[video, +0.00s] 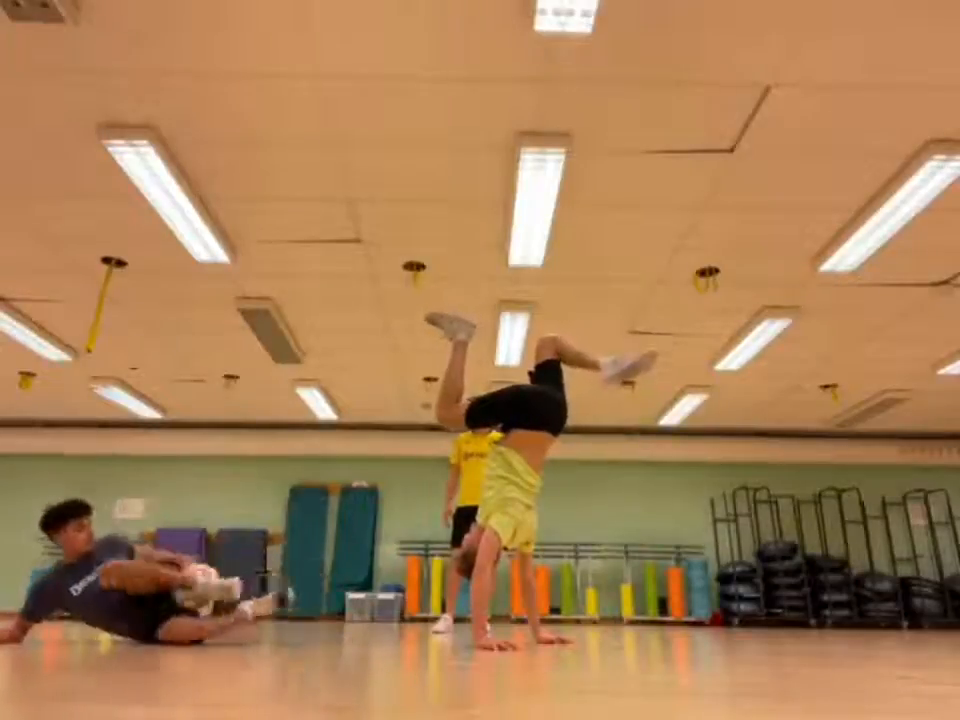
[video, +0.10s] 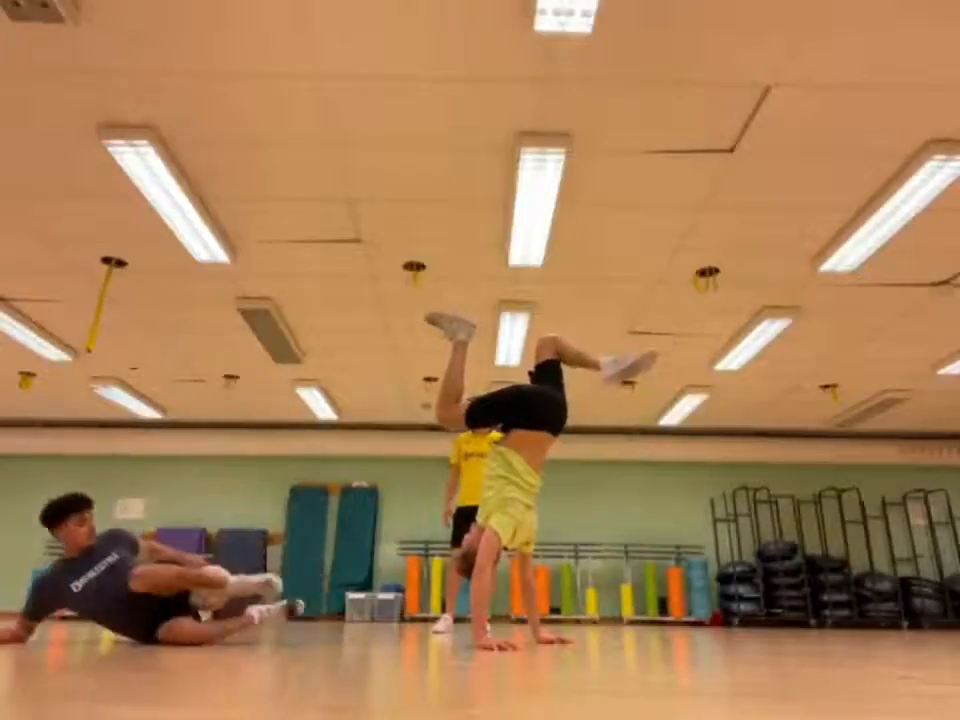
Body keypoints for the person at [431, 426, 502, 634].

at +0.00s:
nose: (477, 421)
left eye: (481, 415)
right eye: (473, 414)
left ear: (492, 416)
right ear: (466, 416)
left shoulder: (500, 439)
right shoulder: (463, 440)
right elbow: (454, 473)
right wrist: (449, 502)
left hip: (492, 504)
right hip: (466, 504)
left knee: (488, 564)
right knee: (457, 560)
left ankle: (483, 618)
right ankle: (449, 613)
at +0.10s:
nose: (477, 421)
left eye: (481, 415)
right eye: (473, 414)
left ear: (492, 416)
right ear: (466, 416)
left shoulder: (500, 439)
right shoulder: (463, 440)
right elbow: (454, 473)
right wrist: (449, 502)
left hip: (492, 504)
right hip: (466, 504)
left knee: (488, 564)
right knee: (457, 560)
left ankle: (483, 618)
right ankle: (449, 613)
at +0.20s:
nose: (478, 420)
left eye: (482, 414)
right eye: (474, 414)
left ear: (492, 416)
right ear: (467, 415)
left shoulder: (499, 439)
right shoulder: (462, 440)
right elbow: (454, 473)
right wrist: (449, 502)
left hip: (492, 504)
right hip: (466, 504)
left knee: (488, 564)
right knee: (457, 560)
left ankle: (483, 618)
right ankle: (449, 613)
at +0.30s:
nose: (478, 420)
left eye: (482, 414)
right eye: (474, 414)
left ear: (492, 416)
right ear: (467, 415)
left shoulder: (499, 439)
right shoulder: (462, 440)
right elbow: (454, 473)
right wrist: (449, 502)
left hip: (492, 504)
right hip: (466, 504)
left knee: (488, 564)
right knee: (457, 560)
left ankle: (483, 618)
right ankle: (449, 613)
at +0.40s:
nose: (478, 420)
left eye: (482, 414)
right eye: (474, 414)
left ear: (492, 416)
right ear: (467, 415)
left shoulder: (499, 439)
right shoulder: (462, 440)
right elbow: (454, 473)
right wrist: (449, 502)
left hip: (492, 504)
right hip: (466, 504)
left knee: (488, 564)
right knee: (457, 560)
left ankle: (483, 618)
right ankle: (449, 613)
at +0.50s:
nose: (477, 419)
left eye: (482, 413)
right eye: (474, 413)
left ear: (492, 415)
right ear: (467, 415)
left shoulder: (499, 439)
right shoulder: (463, 440)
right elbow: (454, 473)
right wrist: (449, 502)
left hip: (492, 504)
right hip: (466, 504)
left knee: (489, 564)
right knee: (457, 559)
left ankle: (483, 618)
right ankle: (449, 613)